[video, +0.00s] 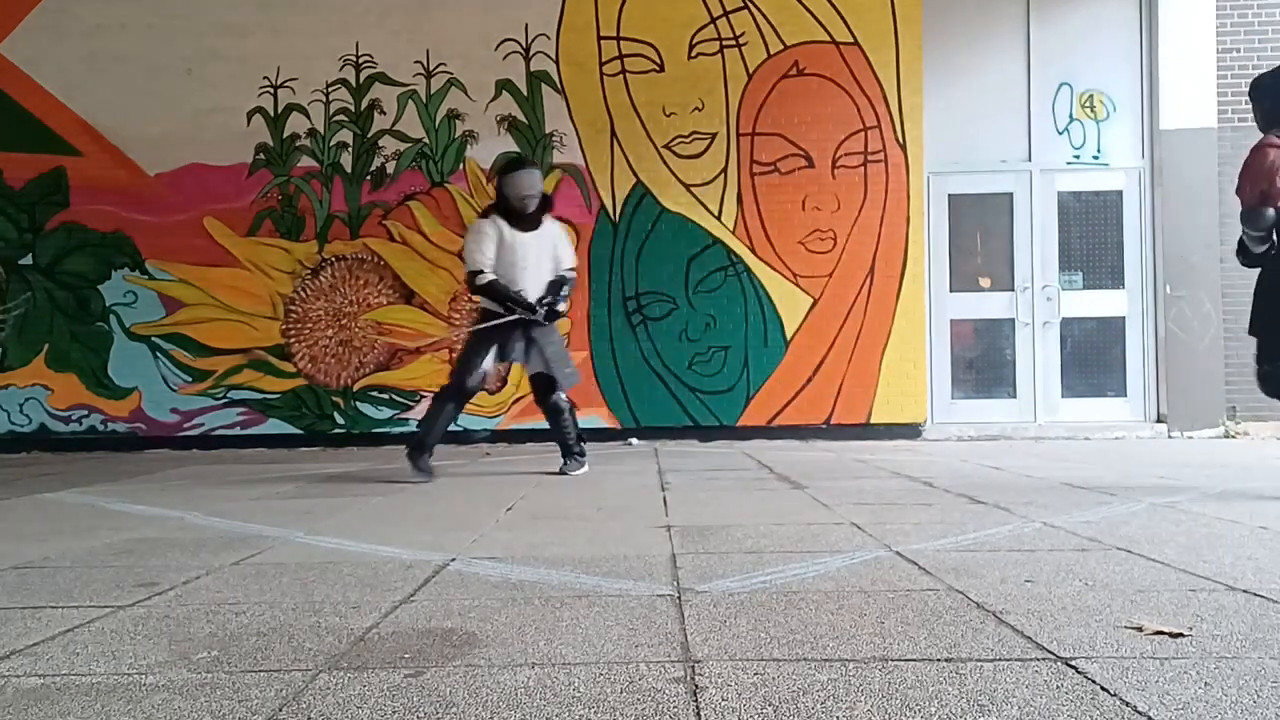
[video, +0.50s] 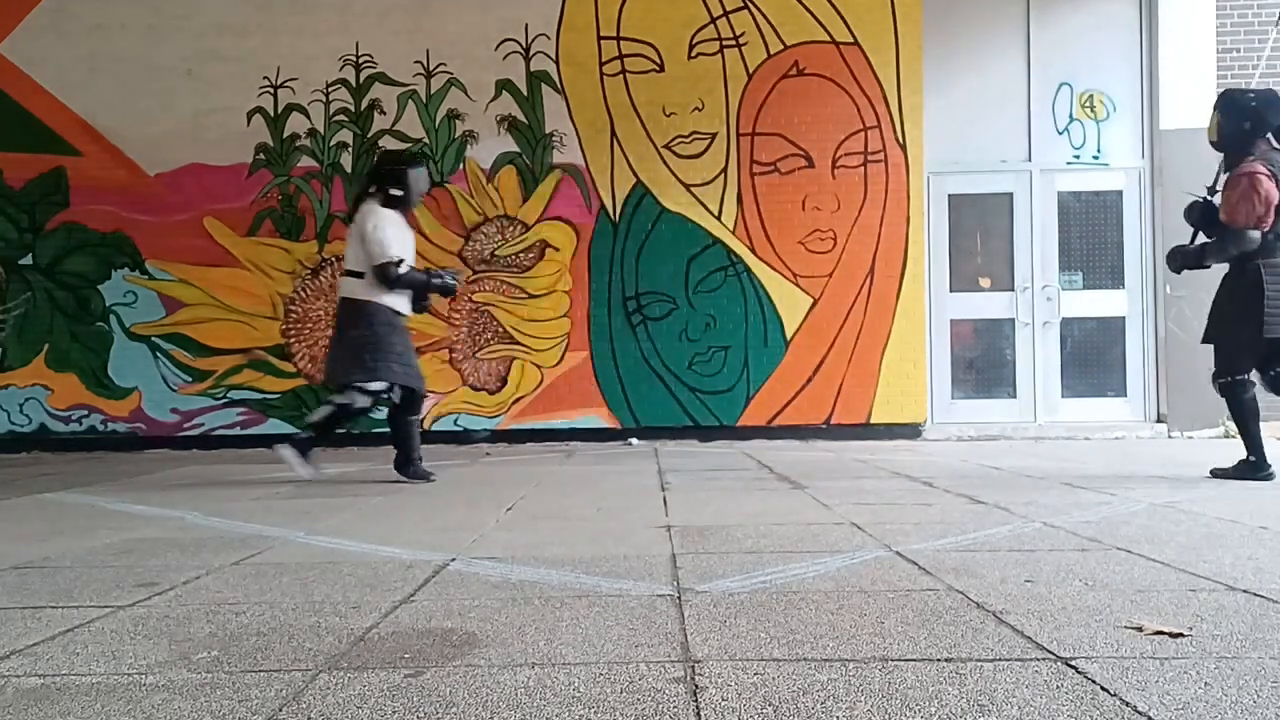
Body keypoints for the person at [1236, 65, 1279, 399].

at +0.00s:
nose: (1253, 113)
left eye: (1255, 104)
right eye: (1253, 104)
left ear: (1263, 107)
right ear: (1273, 106)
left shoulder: (1268, 153)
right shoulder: (1266, 152)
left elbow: (1260, 220)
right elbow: (1260, 221)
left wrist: (1253, 250)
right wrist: (1254, 247)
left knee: (1272, 377)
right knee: (1271, 377)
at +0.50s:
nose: (1213, 129)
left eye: (1219, 121)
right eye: (1214, 120)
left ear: (1241, 126)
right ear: (1256, 126)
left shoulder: (1249, 175)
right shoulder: (1269, 167)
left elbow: (1242, 242)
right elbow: (1259, 233)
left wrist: (1192, 255)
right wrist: (1214, 223)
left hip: (1252, 284)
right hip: (1273, 281)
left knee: (1231, 372)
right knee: (1273, 373)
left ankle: (1256, 459)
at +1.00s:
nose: (1183, 147)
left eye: (1190, 140)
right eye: (1183, 139)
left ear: (1212, 143)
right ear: (1225, 145)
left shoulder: (1222, 185)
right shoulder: (1242, 179)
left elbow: (1208, 249)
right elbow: (1227, 239)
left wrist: (1161, 262)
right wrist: (1183, 229)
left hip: (1225, 287)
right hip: (1247, 285)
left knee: (1172, 359)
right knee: (1230, 370)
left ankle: (1220, 439)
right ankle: (1260, 452)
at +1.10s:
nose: (1176, 150)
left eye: (1183, 142)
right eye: (1176, 141)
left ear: (1207, 146)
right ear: (1216, 147)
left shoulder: (1217, 187)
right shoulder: (1228, 180)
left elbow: (1201, 249)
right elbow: (1216, 242)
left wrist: (1153, 264)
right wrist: (1171, 232)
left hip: (1218, 289)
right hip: (1237, 288)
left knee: (1169, 361)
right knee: (1224, 370)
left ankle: (1174, 449)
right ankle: (1259, 451)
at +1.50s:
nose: (1130, 156)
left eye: (1136, 149)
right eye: (1131, 148)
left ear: (1158, 154)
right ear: (1166, 155)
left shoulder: (1169, 195)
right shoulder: (1176, 189)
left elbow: (1152, 254)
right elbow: (1162, 244)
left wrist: (1105, 272)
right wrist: (1126, 242)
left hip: (1168, 297)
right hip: (1180, 296)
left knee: (1116, 373)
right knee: (1177, 383)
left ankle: (1120, 459)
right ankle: (1246, 442)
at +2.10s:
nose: (1093, 166)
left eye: (1100, 158)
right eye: (1094, 158)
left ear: (1125, 162)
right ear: (1125, 164)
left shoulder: (1146, 206)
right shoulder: (1121, 202)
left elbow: (1132, 265)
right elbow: (1113, 259)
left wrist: (1074, 280)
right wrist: (1080, 260)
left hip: (1152, 303)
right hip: (1145, 302)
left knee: (1102, 369)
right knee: (1167, 385)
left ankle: (1114, 458)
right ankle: (1222, 452)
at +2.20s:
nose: (1081, 166)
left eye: (1088, 158)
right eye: (1081, 158)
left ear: (1113, 162)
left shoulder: (1139, 202)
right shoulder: (1100, 208)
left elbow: (1139, 265)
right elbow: (1086, 265)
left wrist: (1082, 283)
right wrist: (1047, 270)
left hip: (1137, 299)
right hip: (1120, 299)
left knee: (1090, 375)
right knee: (1140, 390)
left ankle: (1114, 459)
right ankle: (1209, 440)